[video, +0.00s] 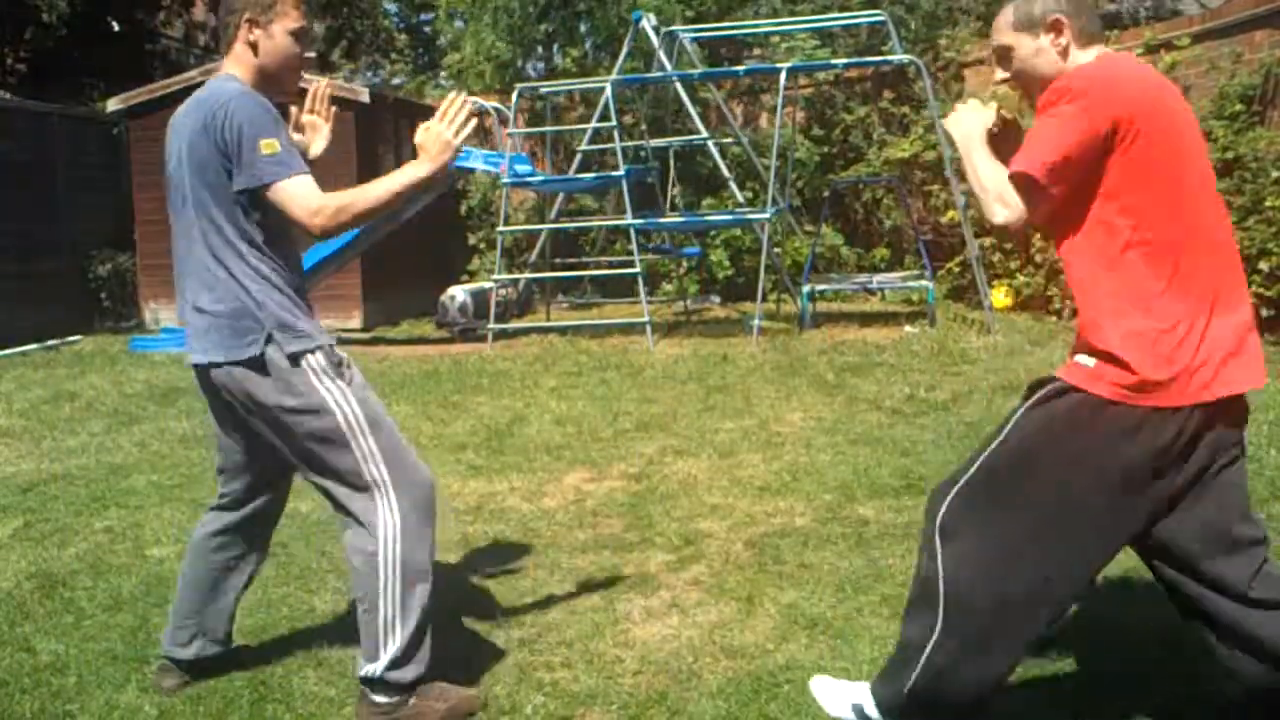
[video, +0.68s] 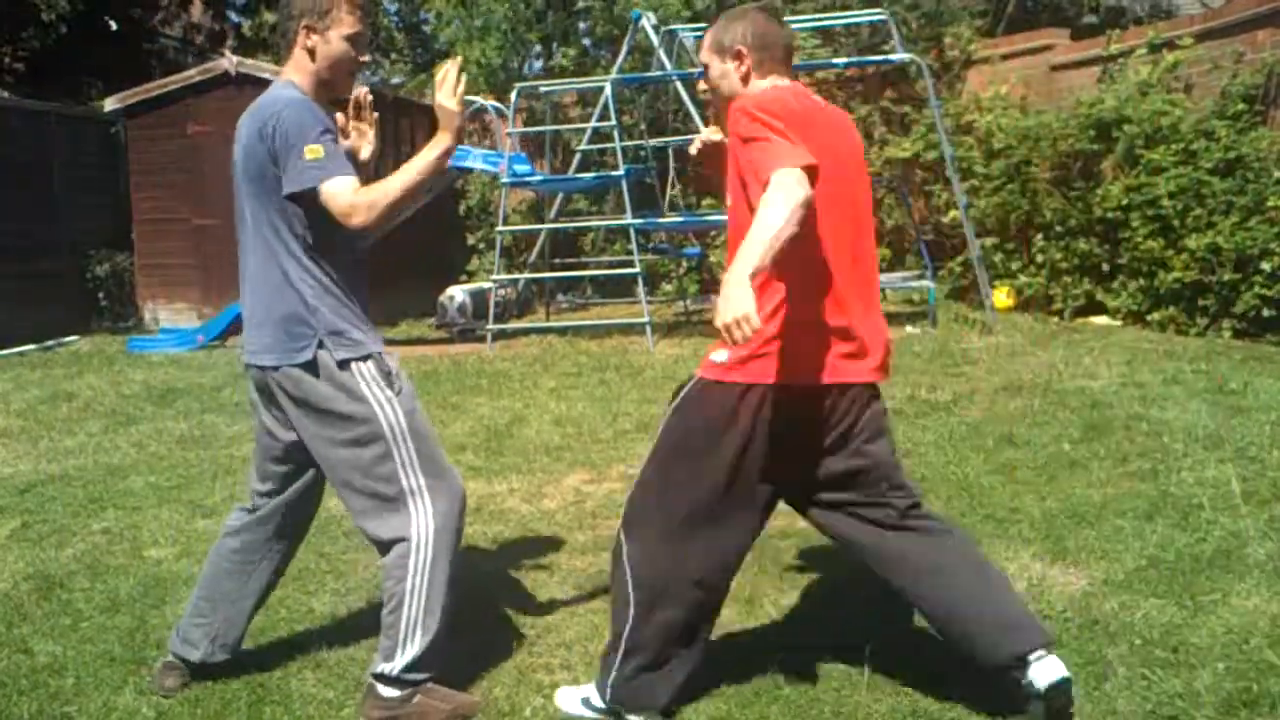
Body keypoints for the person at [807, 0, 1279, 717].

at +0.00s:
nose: (1002, 73)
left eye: (1007, 54)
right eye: (998, 57)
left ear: (1057, 35)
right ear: (1065, 32)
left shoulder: (1091, 89)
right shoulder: (1141, 83)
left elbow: (1008, 209)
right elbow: (1048, 200)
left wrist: (970, 136)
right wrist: (985, 146)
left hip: (1130, 376)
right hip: (1207, 372)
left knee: (970, 524)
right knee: (1232, 579)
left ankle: (910, 702)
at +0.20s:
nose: (922, 62)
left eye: (925, 45)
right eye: (918, 47)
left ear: (973, 32)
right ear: (987, 27)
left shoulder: (1007, 84)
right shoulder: (1069, 80)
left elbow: (914, 191)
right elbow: (976, 205)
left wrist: (893, 107)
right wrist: (918, 119)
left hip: (1030, 374)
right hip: (1112, 367)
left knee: (936, 554)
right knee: (1168, 553)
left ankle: (929, 708)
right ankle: (1273, 684)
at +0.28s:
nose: (881, 22)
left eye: (888, 7)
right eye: (880, 9)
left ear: (936, 5)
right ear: (969, 8)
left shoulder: (958, 61)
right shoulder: (1038, 60)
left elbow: (849, 155)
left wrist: (832, 93)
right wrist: (875, 76)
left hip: (981, 347)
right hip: (1066, 340)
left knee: (912, 531)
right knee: (1064, 514)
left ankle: (916, 705)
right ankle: (1162, 651)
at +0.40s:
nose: (851, 34)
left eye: (852, 15)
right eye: (848, 19)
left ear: (897, 4)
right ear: (924, 7)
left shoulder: (921, 55)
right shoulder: (998, 55)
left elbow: (856, 183)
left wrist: (829, 112)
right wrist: (853, 103)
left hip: (946, 341)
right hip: (1027, 338)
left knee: (835, 492)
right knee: (994, 507)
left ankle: (862, 687)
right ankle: (1068, 681)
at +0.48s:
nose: (827, 62)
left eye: (830, 43)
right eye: (825, 46)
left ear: (872, 31)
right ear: (882, 30)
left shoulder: (906, 87)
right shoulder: (966, 85)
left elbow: (890, 220)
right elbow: (921, 198)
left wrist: (831, 204)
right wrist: (839, 165)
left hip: (921, 368)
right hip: (995, 368)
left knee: (792, 492)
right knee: (962, 525)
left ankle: (779, 678)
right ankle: (1072, 683)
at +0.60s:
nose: (762, 94)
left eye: (765, 78)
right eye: (759, 80)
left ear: (801, 70)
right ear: (819, 69)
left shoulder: (838, 119)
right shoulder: (887, 121)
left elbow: (889, 229)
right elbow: (836, 246)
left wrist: (830, 334)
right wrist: (787, 196)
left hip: (843, 388)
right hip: (911, 387)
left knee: (740, 539)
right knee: (954, 551)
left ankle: (654, 684)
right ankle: (1074, 687)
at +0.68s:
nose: (706, 86)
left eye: (707, 71)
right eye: (702, 72)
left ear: (740, 63)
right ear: (781, 63)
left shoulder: (755, 111)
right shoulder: (834, 120)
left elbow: (789, 188)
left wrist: (738, 275)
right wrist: (733, 155)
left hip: (757, 370)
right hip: (842, 371)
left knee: (663, 523)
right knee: (897, 518)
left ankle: (632, 690)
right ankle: (1031, 657)